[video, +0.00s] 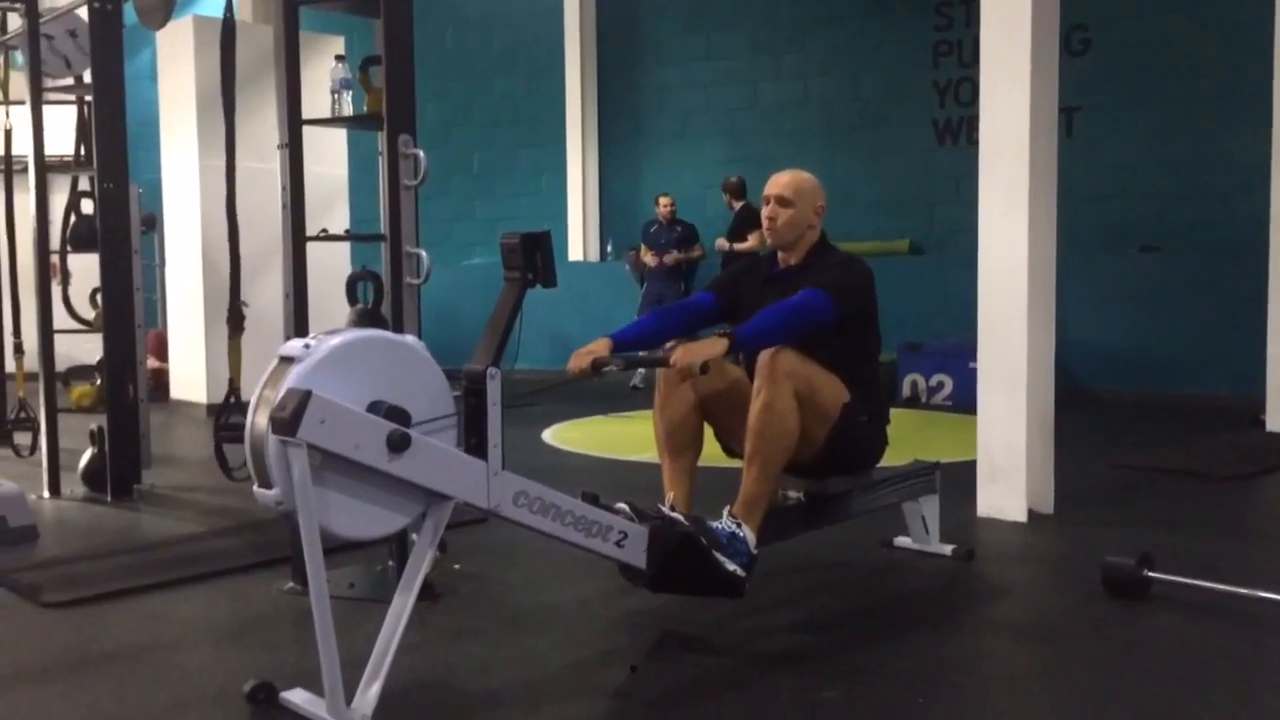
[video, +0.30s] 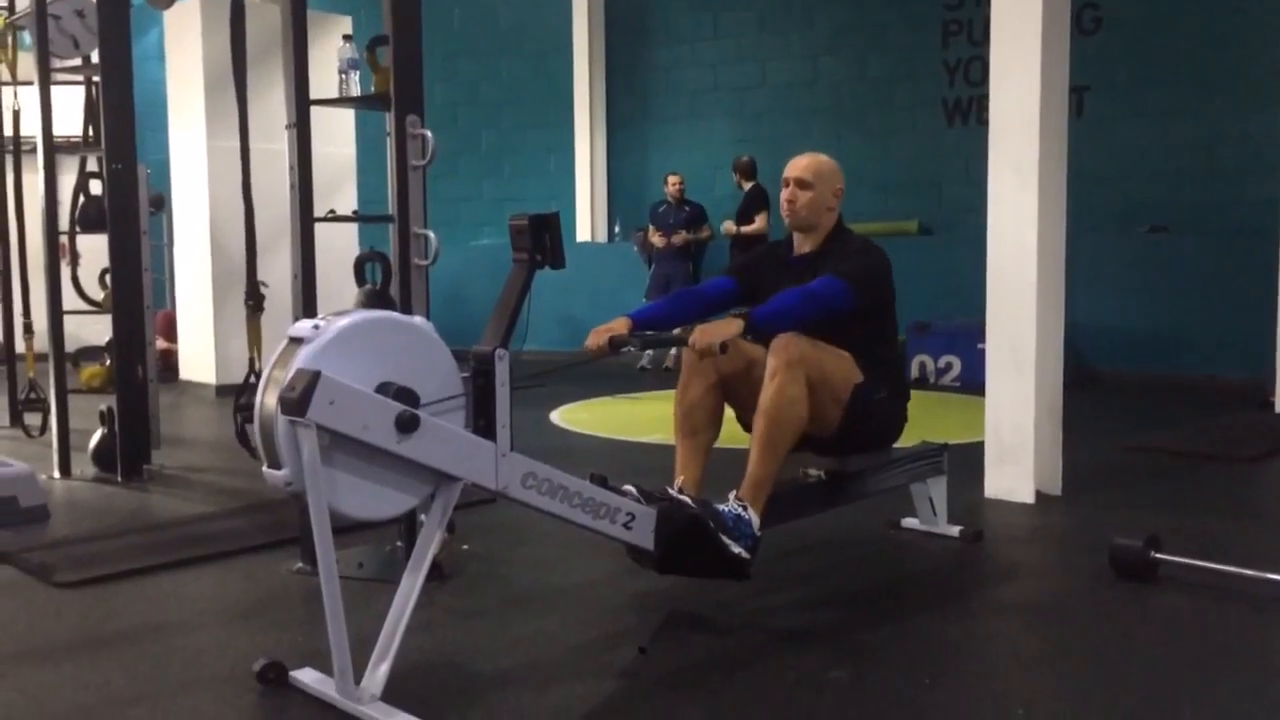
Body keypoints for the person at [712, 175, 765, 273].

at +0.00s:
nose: (724, 199)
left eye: (724, 195)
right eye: (723, 195)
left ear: (728, 196)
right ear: (742, 192)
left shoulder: (747, 212)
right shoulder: (741, 212)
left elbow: (756, 243)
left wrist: (729, 246)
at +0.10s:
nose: (729, 190)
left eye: (729, 186)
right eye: (728, 186)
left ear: (733, 187)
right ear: (747, 183)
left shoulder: (752, 203)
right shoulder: (746, 204)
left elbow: (761, 234)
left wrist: (735, 238)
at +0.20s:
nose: (731, 183)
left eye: (731, 179)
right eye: (731, 179)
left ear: (736, 180)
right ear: (750, 176)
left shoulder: (756, 196)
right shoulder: (747, 197)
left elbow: (762, 228)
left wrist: (737, 232)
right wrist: (735, 229)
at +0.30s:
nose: (734, 179)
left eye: (734, 174)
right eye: (733, 174)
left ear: (738, 175)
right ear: (753, 172)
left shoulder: (757, 193)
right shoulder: (750, 193)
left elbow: (762, 225)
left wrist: (736, 230)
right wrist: (734, 227)